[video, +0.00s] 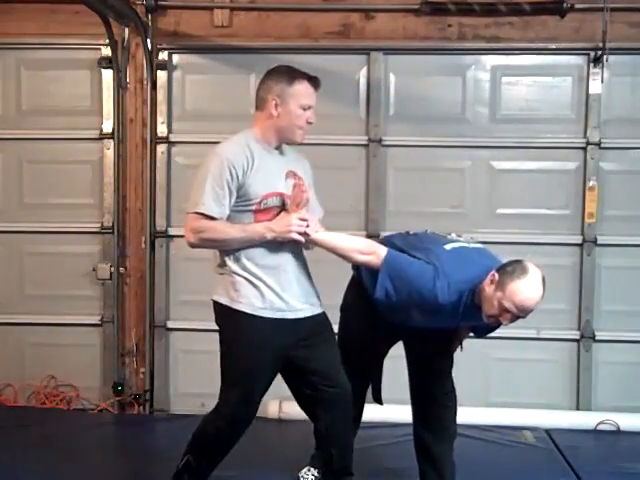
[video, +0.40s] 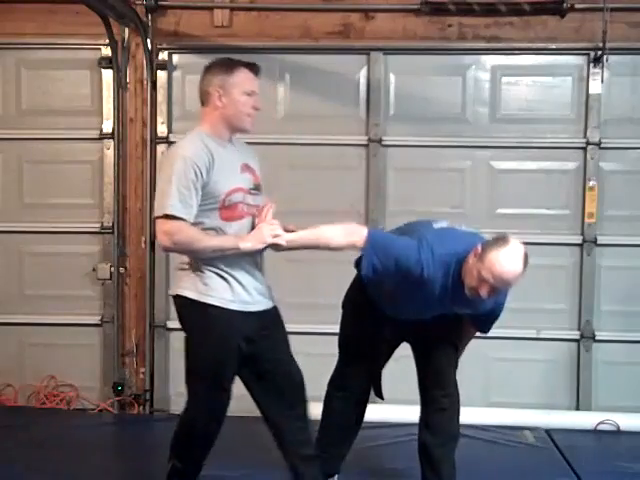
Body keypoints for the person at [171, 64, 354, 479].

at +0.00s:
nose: (311, 119)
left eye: (312, 109)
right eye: (304, 108)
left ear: (279, 108)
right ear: (273, 105)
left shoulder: (298, 164)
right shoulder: (231, 154)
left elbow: (311, 235)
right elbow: (196, 231)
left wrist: (301, 214)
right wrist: (270, 230)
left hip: (303, 311)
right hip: (249, 311)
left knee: (336, 399)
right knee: (235, 412)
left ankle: (334, 475)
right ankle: (186, 476)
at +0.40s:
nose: (257, 104)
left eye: (257, 96)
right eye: (248, 94)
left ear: (223, 99)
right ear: (217, 96)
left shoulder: (243, 153)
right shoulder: (189, 152)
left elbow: (250, 214)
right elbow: (169, 233)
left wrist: (266, 221)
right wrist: (243, 242)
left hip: (254, 298)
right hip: (207, 298)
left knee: (286, 393)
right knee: (206, 407)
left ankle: (310, 474)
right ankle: (179, 475)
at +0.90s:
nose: (230, 98)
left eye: (229, 89)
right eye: (222, 89)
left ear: (196, 94)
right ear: (194, 93)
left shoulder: (199, 145)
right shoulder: (172, 147)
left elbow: (207, 218)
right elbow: (166, 228)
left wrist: (238, 246)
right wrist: (226, 268)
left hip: (198, 284)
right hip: (177, 285)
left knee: (184, 379)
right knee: (195, 384)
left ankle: (149, 461)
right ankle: (179, 471)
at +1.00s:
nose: (227, 104)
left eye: (226, 95)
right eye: (221, 95)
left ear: (193, 98)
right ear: (193, 96)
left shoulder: (192, 147)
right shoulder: (173, 147)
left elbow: (200, 216)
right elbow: (167, 228)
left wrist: (242, 217)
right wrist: (220, 278)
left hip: (183, 281)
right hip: (172, 282)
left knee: (171, 375)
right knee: (193, 380)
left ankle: (141, 463)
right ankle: (181, 472)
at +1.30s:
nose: (217, 108)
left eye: (217, 101)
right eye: (212, 100)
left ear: (187, 102)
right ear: (185, 100)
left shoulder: (187, 150)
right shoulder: (156, 143)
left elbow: (223, 204)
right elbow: (153, 221)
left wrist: (231, 159)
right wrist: (194, 275)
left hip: (172, 275)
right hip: (151, 274)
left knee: (160, 373)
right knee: (165, 373)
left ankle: (141, 463)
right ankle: (157, 469)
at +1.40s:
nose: (213, 106)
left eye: (213, 99)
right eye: (207, 98)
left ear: (184, 101)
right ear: (180, 98)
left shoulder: (185, 151)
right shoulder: (150, 142)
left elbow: (212, 212)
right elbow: (146, 220)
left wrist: (236, 182)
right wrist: (188, 274)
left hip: (171, 275)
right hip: (147, 273)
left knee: (162, 373)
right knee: (156, 373)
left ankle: (146, 460)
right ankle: (141, 466)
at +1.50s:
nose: (207, 104)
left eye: (206, 96)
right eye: (200, 96)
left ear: (178, 98)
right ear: (174, 97)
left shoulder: (181, 152)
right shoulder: (145, 144)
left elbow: (196, 219)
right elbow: (142, 222)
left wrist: (240, 221)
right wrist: (181, 279)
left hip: (168, 279)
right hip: (144, 277)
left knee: (161, 371)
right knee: (151, 372)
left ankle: (142, 458)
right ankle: (133, 463)